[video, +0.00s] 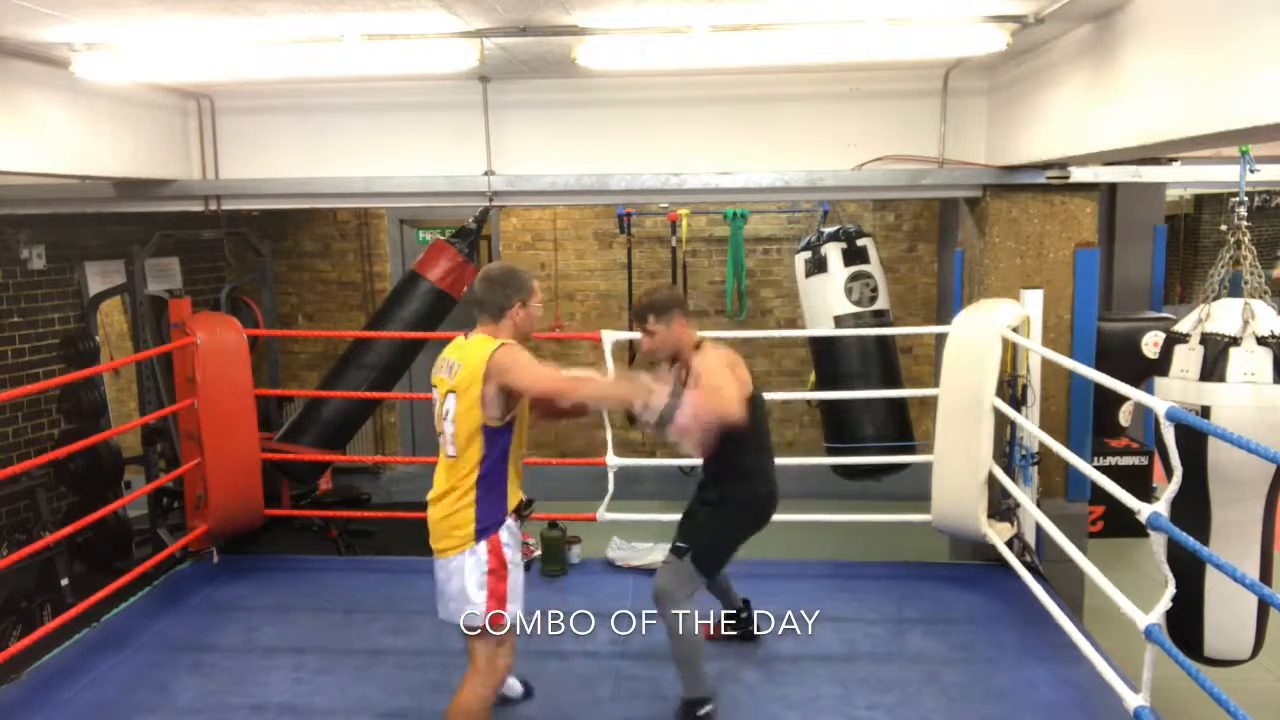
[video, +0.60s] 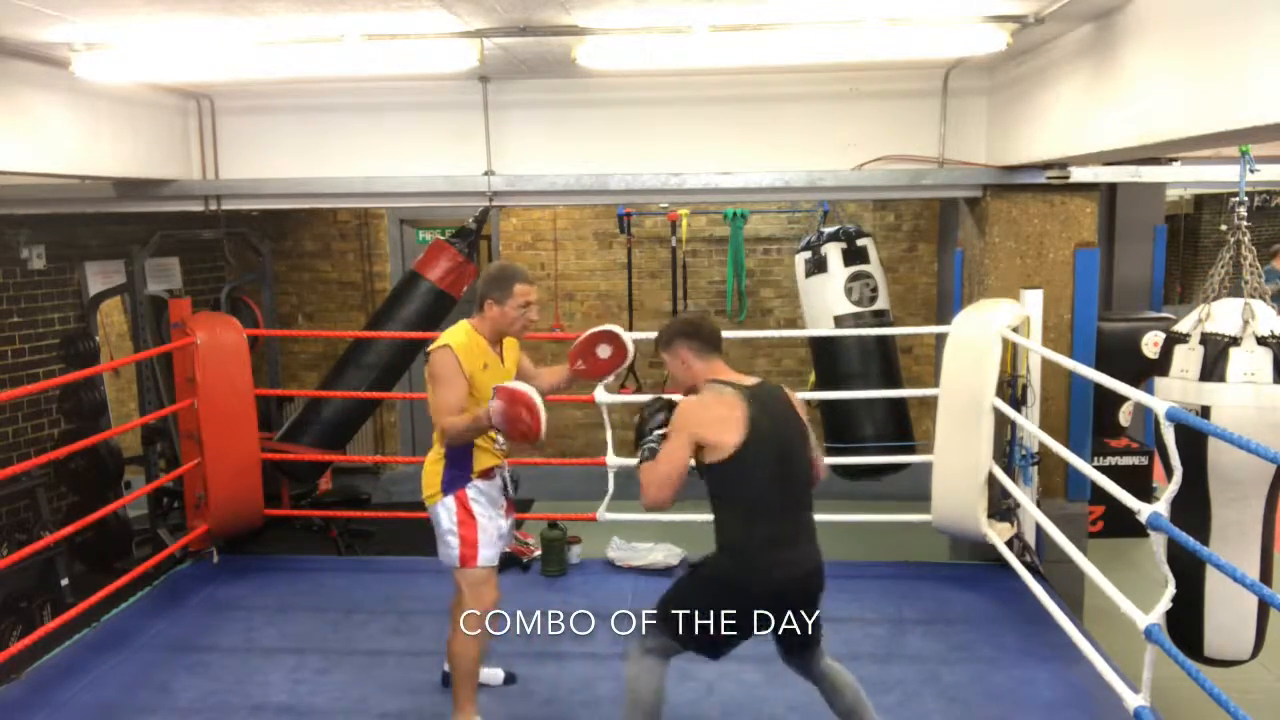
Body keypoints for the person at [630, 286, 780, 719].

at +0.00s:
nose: (642, 345)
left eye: (648, 334)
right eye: (640, 335)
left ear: (677, 326)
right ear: (674, 329)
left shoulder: (714, 363)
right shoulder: (681, 368)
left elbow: (730, 411)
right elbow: (657, 410)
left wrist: (666, 411)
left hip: (743, 494)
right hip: (717, 486)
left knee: (670, 590)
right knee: (694, 555)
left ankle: (698, 701)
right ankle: (738, 614)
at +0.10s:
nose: (642, 380)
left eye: (645, 369)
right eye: (640, 371)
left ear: (666, 360)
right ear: (661, 359)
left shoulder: (727, 385)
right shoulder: (676, 390)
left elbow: (752, 462)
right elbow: (667, 438)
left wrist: (688, 435)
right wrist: (632, 437)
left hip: (744, 508)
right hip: (711, 499)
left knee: (670, 595)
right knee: (683, 572)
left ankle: (669, 712)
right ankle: (736, 619)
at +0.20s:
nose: (621, 393)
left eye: (627, 382)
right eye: (619, 384)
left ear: (657, 374)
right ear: (656, 374)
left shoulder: (713, 408)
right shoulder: (664, 406)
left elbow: (708, 497)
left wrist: (663, 469)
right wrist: (620, 455)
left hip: (745, 535)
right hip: (709, 522)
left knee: (658, 607)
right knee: (691, 571)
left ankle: (661, 712)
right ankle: (735, 621)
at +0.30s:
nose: (613, 383)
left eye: (614, 371)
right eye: (611, 373)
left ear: (638, 365)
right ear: (647, 362)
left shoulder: (680, 408)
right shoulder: (706, 384)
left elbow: (657, 497)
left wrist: (617, 453)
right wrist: (643, 442)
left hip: (745, 545)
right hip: (768, 533)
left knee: (635, 623)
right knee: (704, 562)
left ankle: (650, 714)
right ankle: (760, 636)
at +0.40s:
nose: (642, 373)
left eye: (640, 361)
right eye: (638, 363)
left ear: (658, 351)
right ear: (683, 346)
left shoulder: (680, 397)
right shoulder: (741, 379)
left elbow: (657, 487)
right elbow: (714, 450)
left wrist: (633, 437)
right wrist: (653, 422)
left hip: (732, 553)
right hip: (782, 548)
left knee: (629, 612)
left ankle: (644, 715)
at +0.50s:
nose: (668, 375)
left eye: (666, 364)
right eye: (664, 365)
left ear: (682, 355)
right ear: (711, 349)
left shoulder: (685, 407)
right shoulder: (778, 393)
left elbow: (652, 492)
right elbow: (759, 458)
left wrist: (648, 432)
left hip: (727, 570)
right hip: (790, 567)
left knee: (641, 636)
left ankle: (635, 716)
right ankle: (877, 716)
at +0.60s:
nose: (669, 378)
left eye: (668, 366)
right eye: (666, 367)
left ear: (685, 356)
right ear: (714, 350)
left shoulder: (696, 410)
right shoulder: (785, 396)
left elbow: (655, 496)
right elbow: (814, 471)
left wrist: (649, 437)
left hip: (740, 575)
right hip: (802, 570)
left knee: (649, 651)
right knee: (811, 660)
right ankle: (870, 716)